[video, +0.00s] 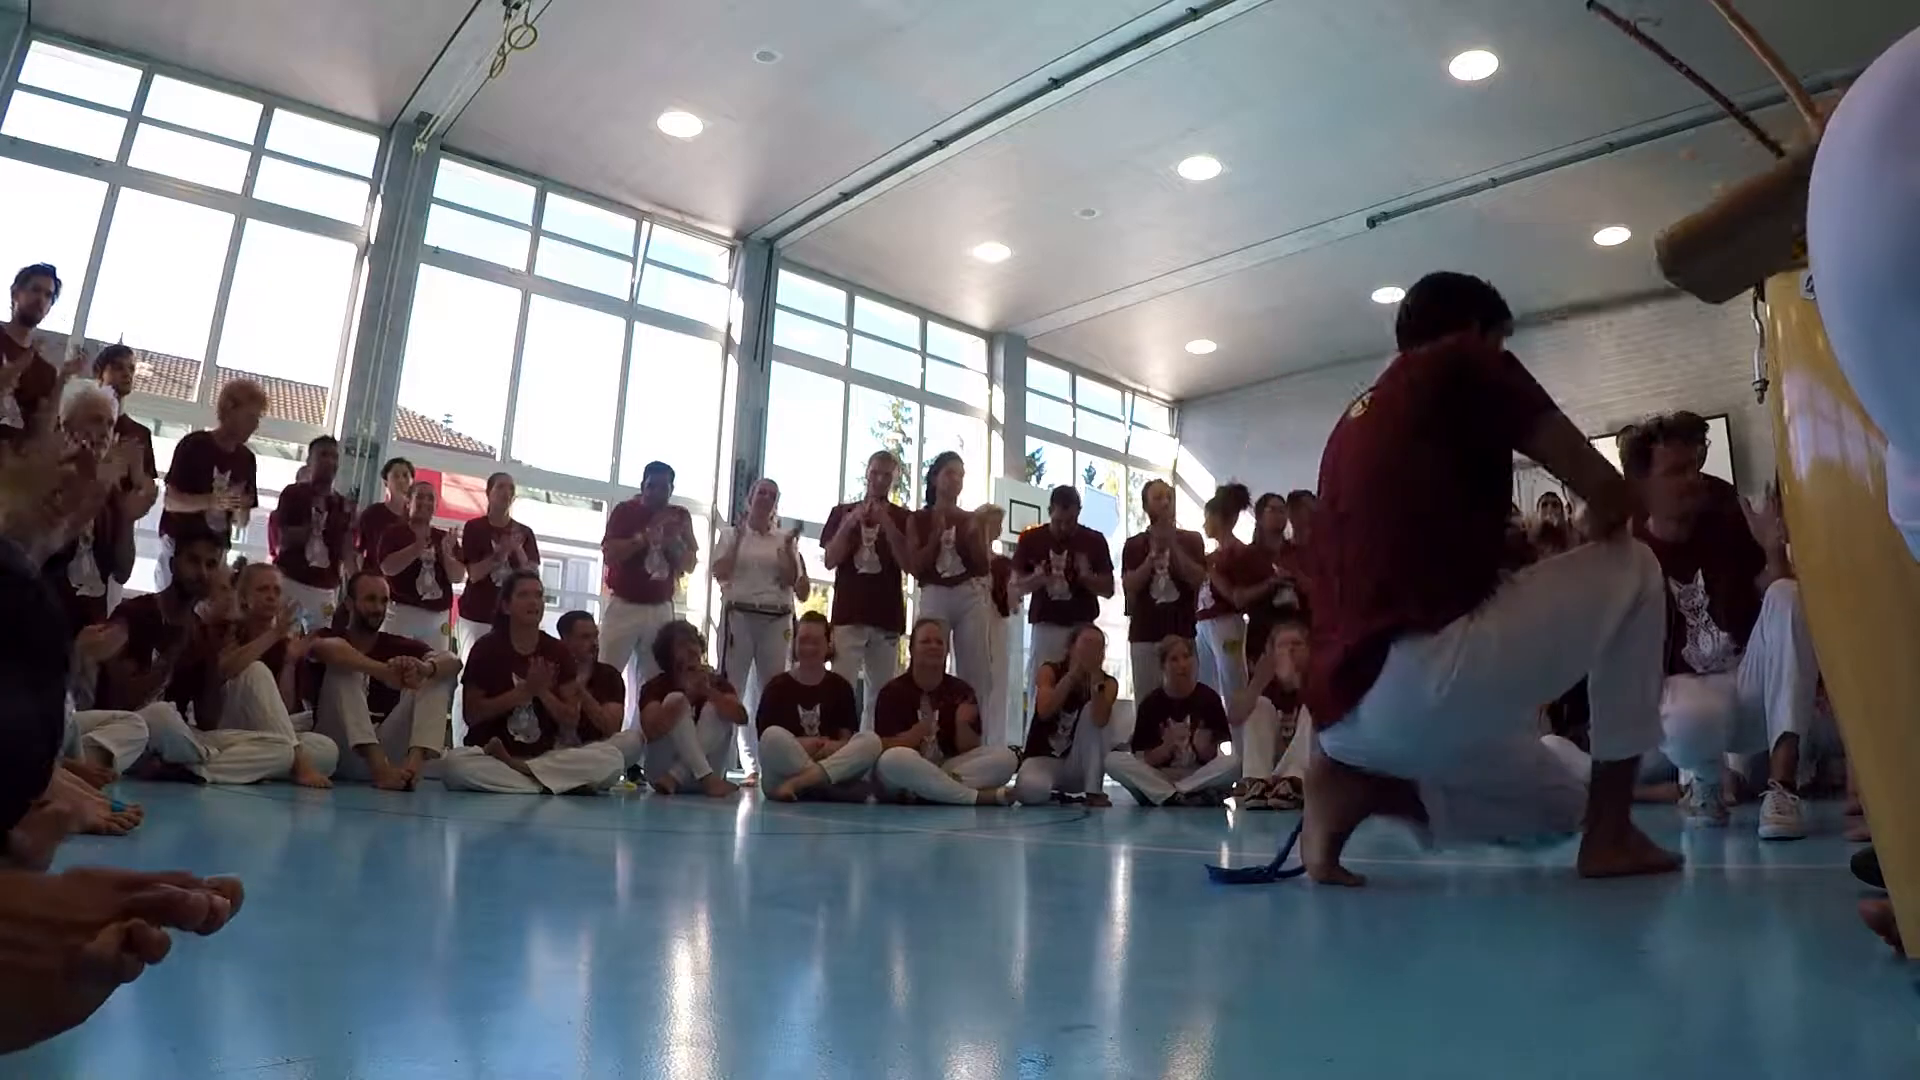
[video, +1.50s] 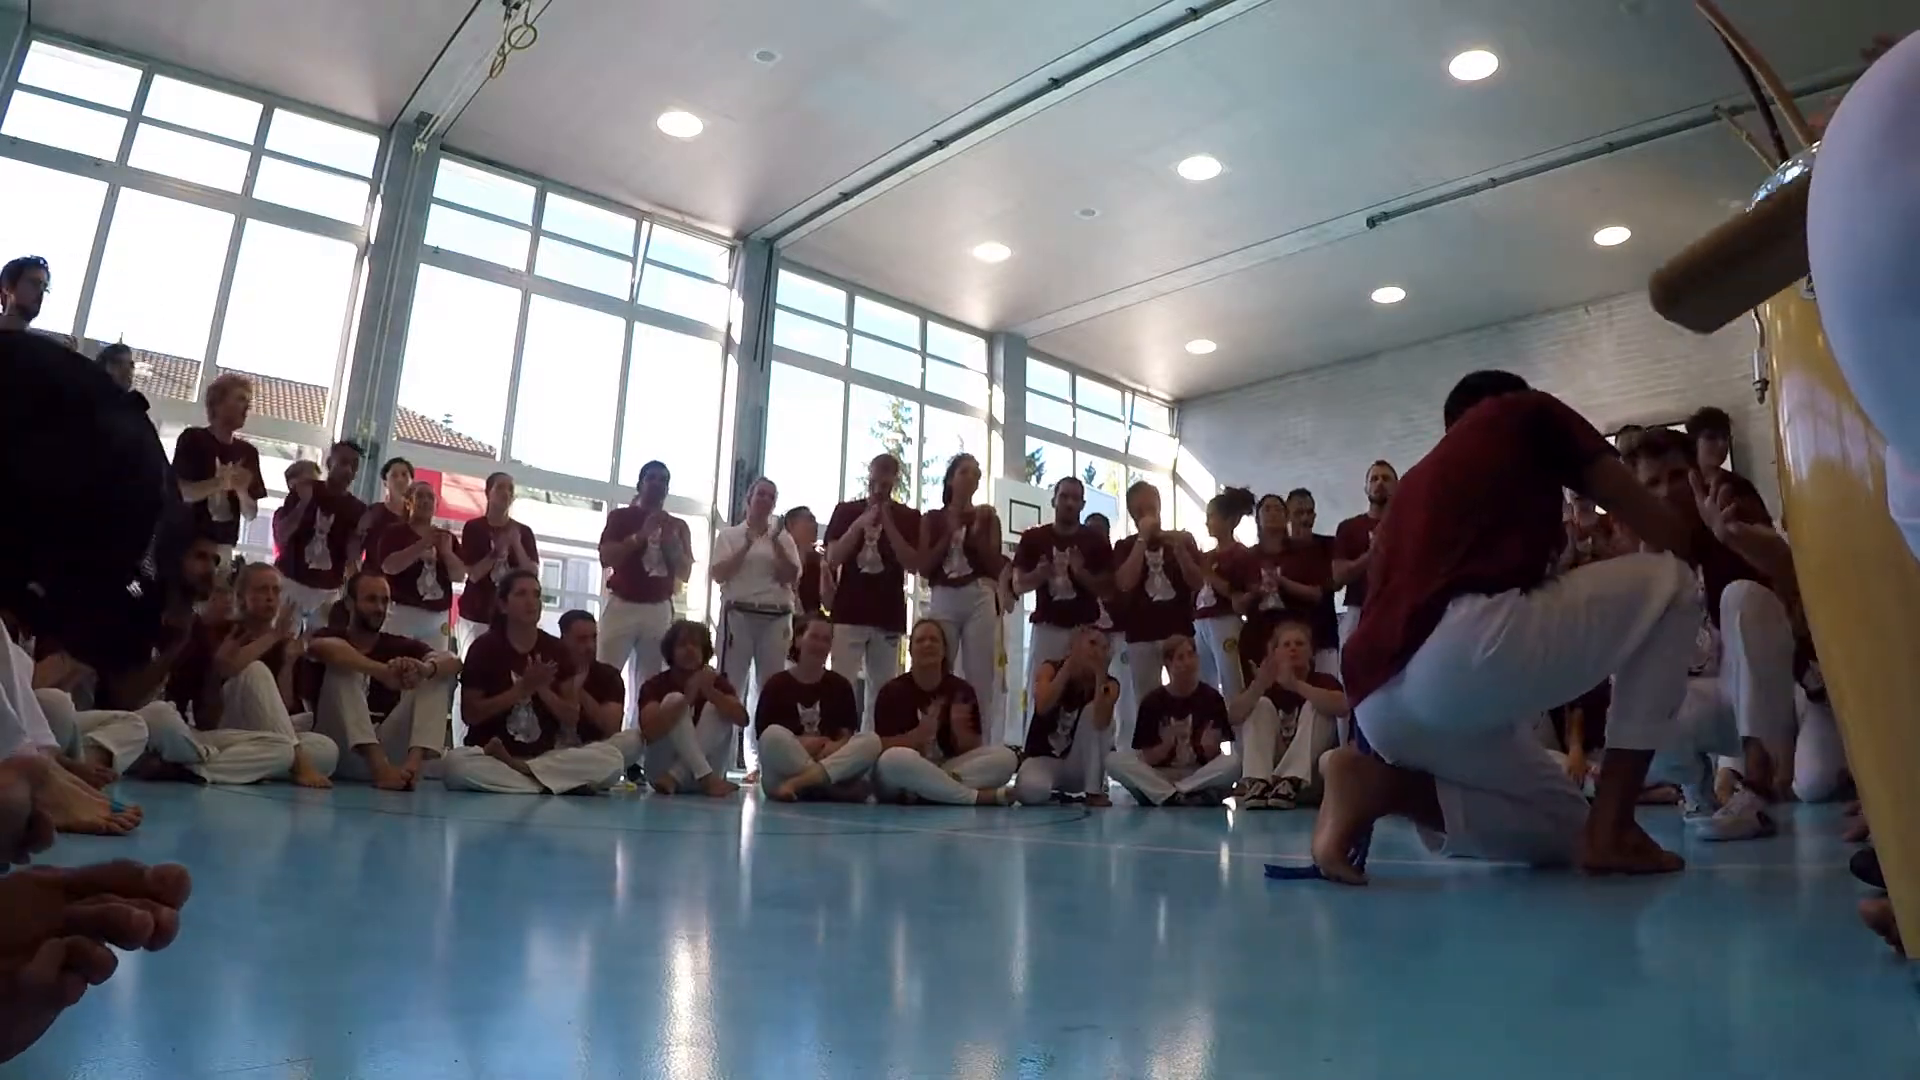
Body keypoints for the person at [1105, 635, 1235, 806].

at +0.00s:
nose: (1182, 664)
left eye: (1186, 657)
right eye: (1174, 660)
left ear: (1194, 660)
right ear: (1163, 666)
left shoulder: (1209, 698)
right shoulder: (1150, 703)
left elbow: (1224, 751)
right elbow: (1142, 758)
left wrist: (1204, 748)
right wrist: (1167, 747)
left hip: (1201, 772)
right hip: (1161, 773)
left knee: (1233, 761)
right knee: (1113, 760)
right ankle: (1171, 795)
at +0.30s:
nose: (1182, 664)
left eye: (1186, 656)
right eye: (1174, 659)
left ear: (1194, 660)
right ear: (1164, 667)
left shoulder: (1209, 697)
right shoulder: (1151, 702)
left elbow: (1210, 756)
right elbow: (1148, 757)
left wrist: (1199, 743)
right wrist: (1172, 747)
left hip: (1200, 772)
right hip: (1161, 772)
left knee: (1233, 763)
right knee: (1113, 760)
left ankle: (1175, 792)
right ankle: (1171, 795)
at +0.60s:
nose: (1182, 663)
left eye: (1186, 656)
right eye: (1174, 659)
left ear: (1194, 660)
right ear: (1164, 667)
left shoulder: (1209, 697)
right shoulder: (1151, 702)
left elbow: (1211, 755)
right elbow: (1148, 757)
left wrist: (1194, 743)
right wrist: (1178, 747)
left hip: (1199, 772)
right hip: (1160, 773)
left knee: (1233, 763)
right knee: (1115, 760)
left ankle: (1174, 792)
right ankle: (1171, 796)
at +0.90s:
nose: (1183, 663)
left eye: (1187, 656)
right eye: (1176, 658)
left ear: (1195, 660)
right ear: (1165, 665)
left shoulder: (1210, 698)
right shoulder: (1152, 701)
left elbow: (1212, 755)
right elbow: (1149, 758)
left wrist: (1195, 744)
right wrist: (1176, 747)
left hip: (1199, 772)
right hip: (1159, 773)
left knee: (1232, 763)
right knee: (1114, 760)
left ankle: (1177, 791)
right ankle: (1171, 795)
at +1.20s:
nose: (1185, 662)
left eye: (1189, 655)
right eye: (1178, 657)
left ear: (1196, 659)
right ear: (1167, 664)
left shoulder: (1211, 698)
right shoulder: (1152, 701)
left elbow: (1211, 760)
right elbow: (1146, 758)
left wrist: (1207, 750)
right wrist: (1168, 744)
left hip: (1199, 772)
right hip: (1160, 773)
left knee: (1233, 763)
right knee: (1114, 760)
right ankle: (1172, 795)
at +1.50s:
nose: (1187, 662)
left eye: (1191, 655)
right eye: (1180, 657)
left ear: (1198, 659)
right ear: (1168, 664)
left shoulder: (1212, 697)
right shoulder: (1152, 700)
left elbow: (1214, 755)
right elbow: (1147, 758)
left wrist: (1208, 748)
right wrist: (1167, 745)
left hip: (1199, 772)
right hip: (1160, 773)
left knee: (1232, 762)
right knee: (1114, 759)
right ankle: (1172, 795)